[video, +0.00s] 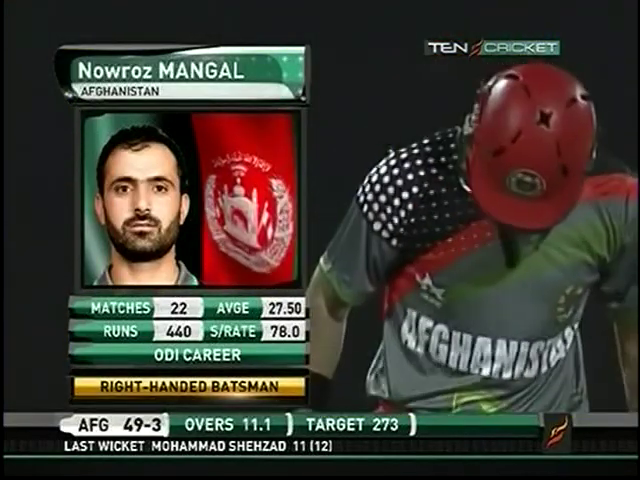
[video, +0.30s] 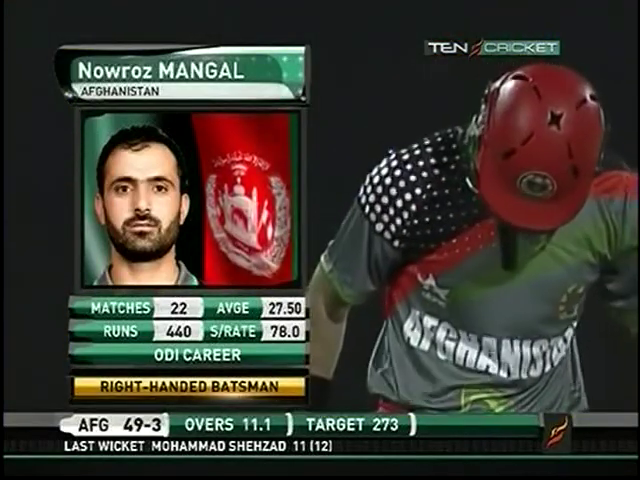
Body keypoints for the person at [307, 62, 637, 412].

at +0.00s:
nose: (518, 221)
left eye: (538, 210)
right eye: (503, 204)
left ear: (582, 166)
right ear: (474, 144)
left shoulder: (617, 202)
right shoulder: (403, 188)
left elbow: (632, 327)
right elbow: (328, 302)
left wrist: (637, 427)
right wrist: (304, 419)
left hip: (546, 436)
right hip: (413, 433)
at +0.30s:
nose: (525, 222)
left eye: (545, 211)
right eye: (511, 206)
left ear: (589, 167)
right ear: (481, 146)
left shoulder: (618, 200)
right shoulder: (408, 187)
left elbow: (632, 314)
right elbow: (328, 300)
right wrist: (306, 418)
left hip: (544, 422)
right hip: (418, 420)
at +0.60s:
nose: (508, 258)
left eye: (529, 247)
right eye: (495, 239)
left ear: (571, 195)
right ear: (466, 183)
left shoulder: (612, 214)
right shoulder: (395, 203)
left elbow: (628, 317)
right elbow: (322, 307)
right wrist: (303, 414)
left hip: (536, 408)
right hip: (411, 406)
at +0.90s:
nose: (506, 264)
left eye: (526, 255)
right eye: (494, 247)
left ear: (571, 205)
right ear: (464, 188)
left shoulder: (608, 225)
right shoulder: (390, 203)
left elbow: (635, 335)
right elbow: (311, 297)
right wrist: (280, 407)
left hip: (523, 427)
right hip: (390, 419)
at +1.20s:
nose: (533, 119)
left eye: (548, 101)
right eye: (516, 100)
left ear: (573, 92)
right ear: (473, 82)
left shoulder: (595, 193)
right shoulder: (393, 171)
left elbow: (628, 335)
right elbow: (309, 292)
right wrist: (274, 418)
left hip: (521, 447)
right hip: (387, 440)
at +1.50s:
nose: (504, 98)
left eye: (520, 79)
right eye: (482, 81)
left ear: (546, 91)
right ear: (442, 93)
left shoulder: (573, 230)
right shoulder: (376, 212)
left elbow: (602, 374)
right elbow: (295, 349)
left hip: (512, 476)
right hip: (383, 470)